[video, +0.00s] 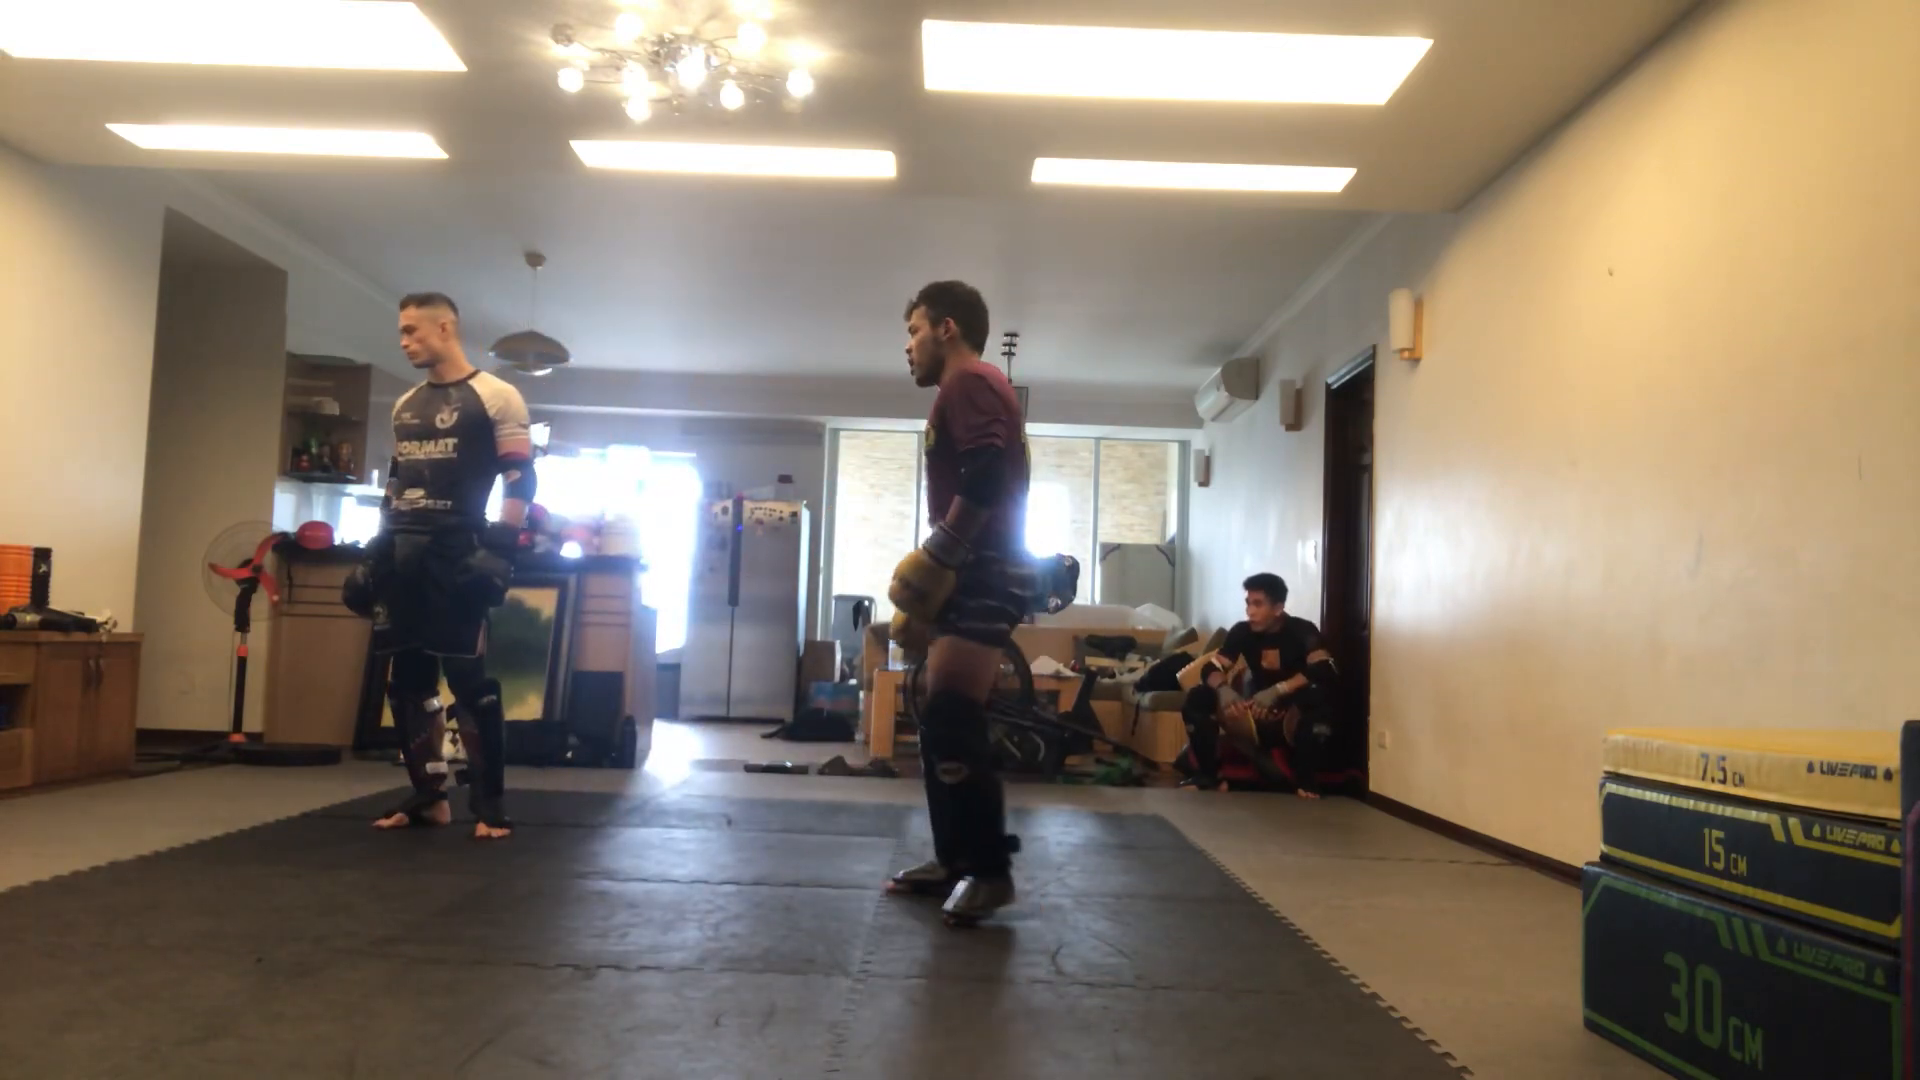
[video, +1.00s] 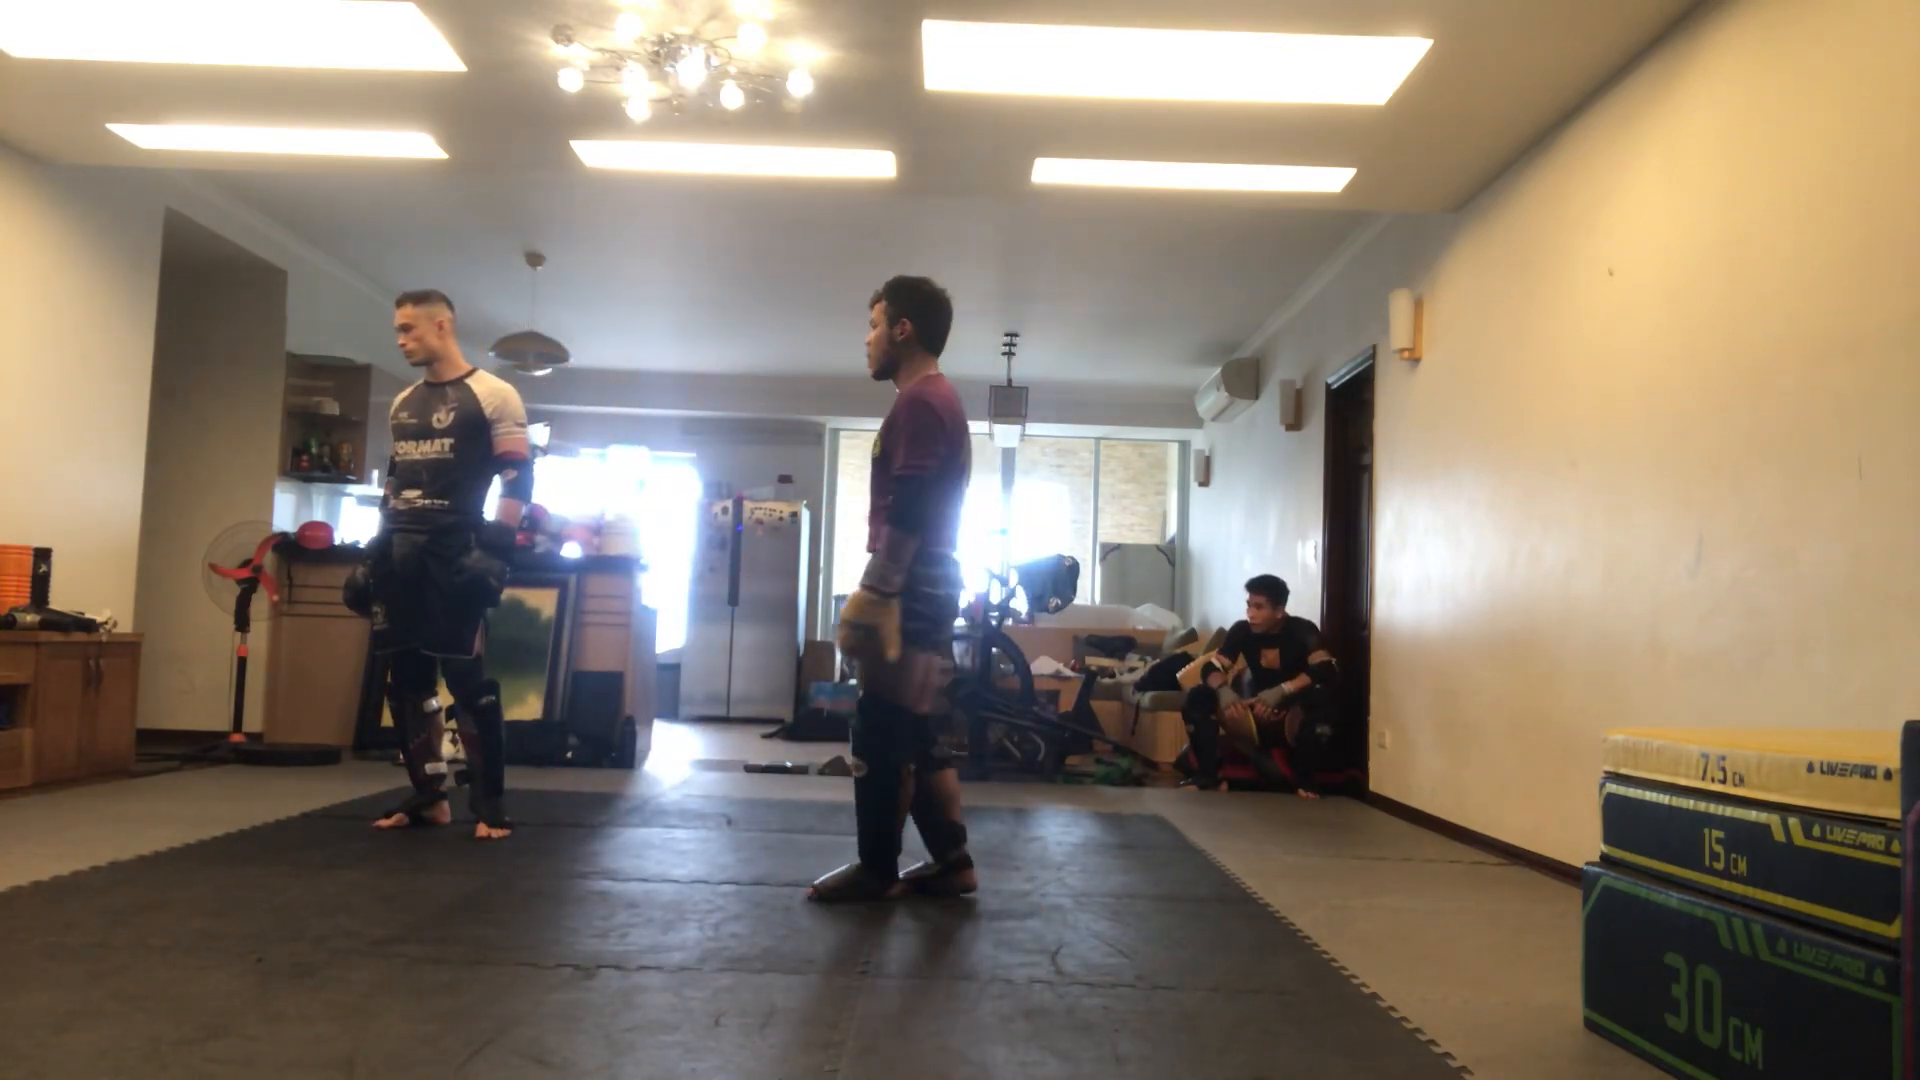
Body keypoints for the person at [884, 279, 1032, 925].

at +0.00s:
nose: (906, 344)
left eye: (913, 330)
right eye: (906, 332)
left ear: (948, 329)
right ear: (956, 332)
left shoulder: (969, 381)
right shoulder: (974, 385)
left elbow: (987, 481)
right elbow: (987, 491)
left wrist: (934, 559)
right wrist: (935, 573)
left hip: (985, 568)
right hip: (973, 568)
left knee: (952, 707)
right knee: (940, 707)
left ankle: (989, 872)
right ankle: (953, 860)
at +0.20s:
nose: (904, 347)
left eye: (911, 333)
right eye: (905, 335)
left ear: (944, 333)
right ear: (956, 337)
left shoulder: (962, 383)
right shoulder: (980, 388)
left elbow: (966, 483)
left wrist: (912, 562)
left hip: (975, 569)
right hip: (990, 568)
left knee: (929, 717)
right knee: (963, 726)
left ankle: (930, 869)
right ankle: (956, 872)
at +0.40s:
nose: (898, 345)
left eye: (905, 332)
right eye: (900, 333)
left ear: (937, 333)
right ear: (946, 337)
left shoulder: (953, 387)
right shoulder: (973, 392)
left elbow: (958, 481)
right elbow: (967, 497)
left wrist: (913, 566)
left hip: (961, 580)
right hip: (980, 580)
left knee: (908, 723)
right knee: (955, 734)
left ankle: (883, 859)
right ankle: (958, 868)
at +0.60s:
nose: (891, 339)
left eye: (898, 326)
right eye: (894, 327)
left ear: (929, 329)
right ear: (938, 333)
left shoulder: (943, 390)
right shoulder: (966, 392)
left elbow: (962, 483)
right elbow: (977, 492)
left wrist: (930, 575)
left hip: (944, 580)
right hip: (974, 581)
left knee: (896, 718)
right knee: (951, 732)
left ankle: (878, 859)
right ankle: (958, 866)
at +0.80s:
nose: (883, 335)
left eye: (890, 322)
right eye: (886, 322)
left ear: (921, 328)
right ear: (928, 331)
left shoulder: (933, 398)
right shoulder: (950, 397)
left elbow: (935, 505)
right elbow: (940, 509)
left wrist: (911, 593)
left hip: (922, 583)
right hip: (947, 585)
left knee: (889, 729)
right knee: (941, 734)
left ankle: (876, 866)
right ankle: (957, 865)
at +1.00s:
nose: (866, 337)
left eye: (873, 325)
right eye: (868, 325)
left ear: (902, 330)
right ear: (913, 332)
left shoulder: (921, 401)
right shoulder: (933, 397)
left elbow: (910, 517)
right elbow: (917, 516)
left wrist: (869, 600)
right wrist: (884, 595)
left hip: (910, 591)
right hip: (924, 590)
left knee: (881, 733)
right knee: (918, 736)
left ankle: (875, 867)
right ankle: (951, 862)